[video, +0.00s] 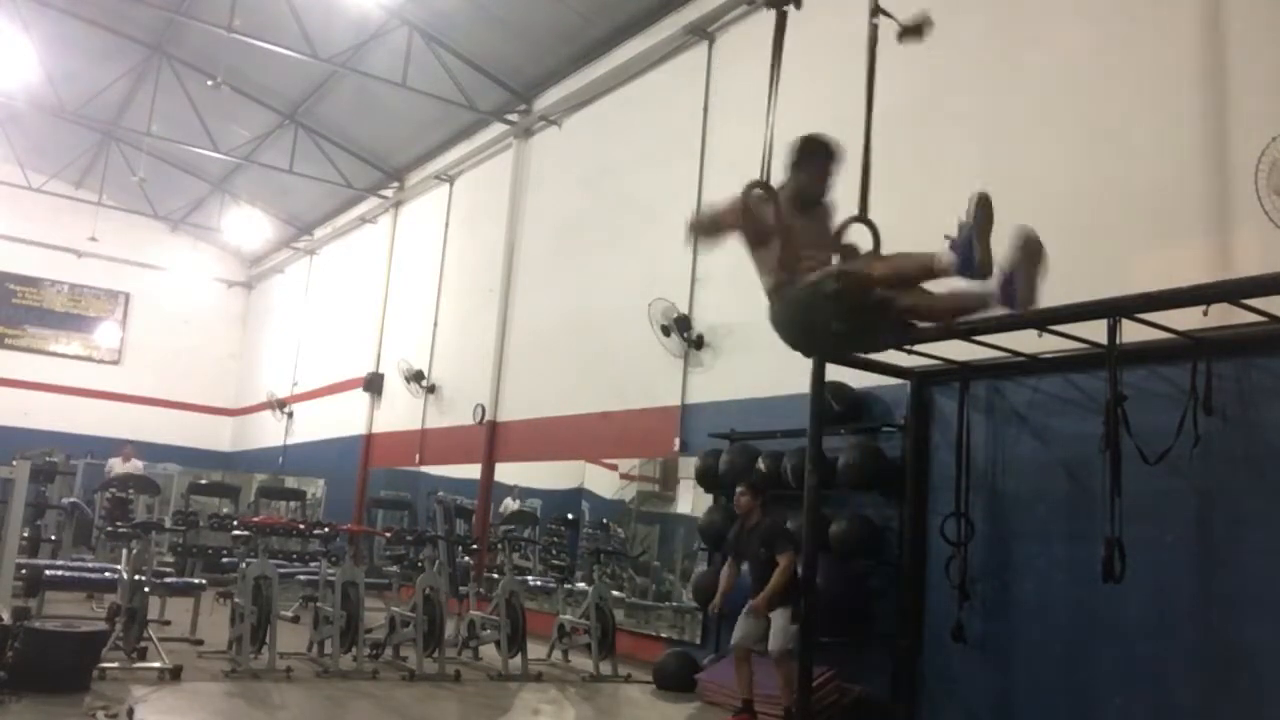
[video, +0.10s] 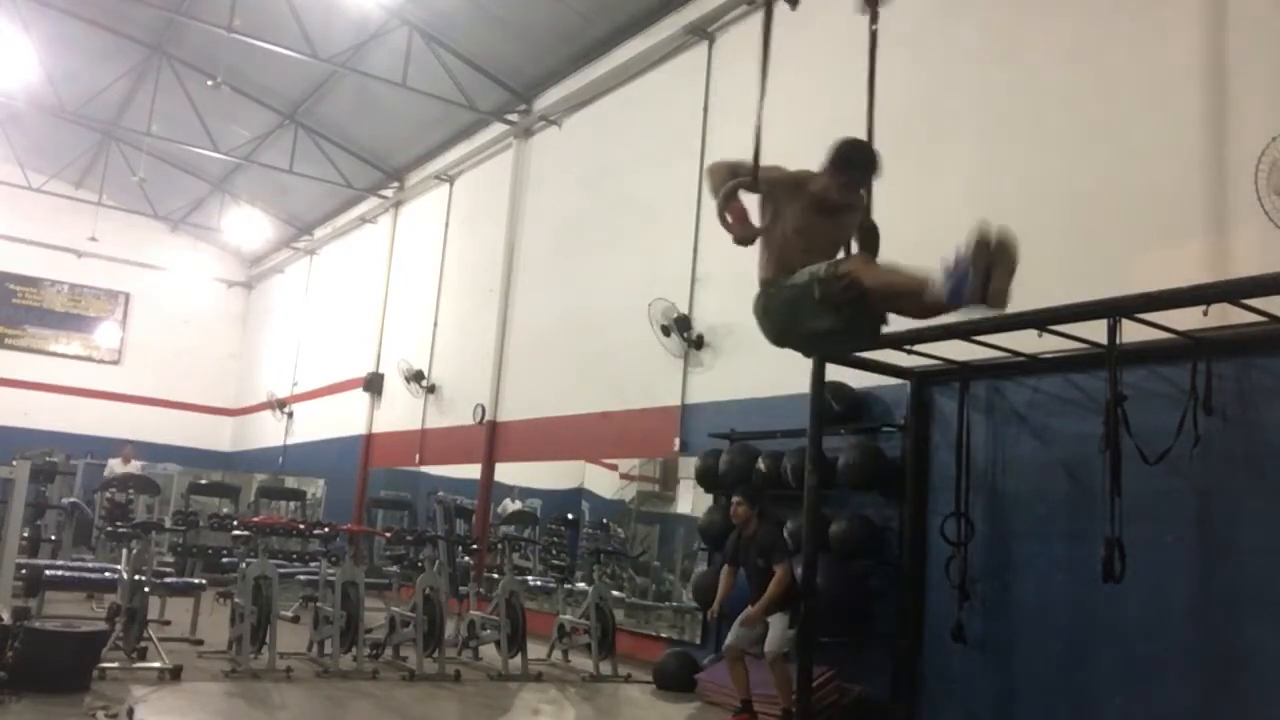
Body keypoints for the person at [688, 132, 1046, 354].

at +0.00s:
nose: (825, 184)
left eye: (828, 176)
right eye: (818, 174)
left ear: (828, 175)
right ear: (796, 170)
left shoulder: (821, 214)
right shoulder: (759, 205)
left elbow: (828, 259)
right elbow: (698, 227)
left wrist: (847, 257)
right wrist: (727, 219)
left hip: (831, 309)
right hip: (793, 310)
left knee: (899, 302)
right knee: (854, 271)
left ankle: (1001, 296)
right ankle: (954, 257)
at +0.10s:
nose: (852, 198)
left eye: (858, 191)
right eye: (846, 189)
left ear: (864, 186)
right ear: (827, 174)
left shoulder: (857, 209)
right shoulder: (788, 184)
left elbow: (861, 248)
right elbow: (719, 171)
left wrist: (866, 270)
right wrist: (733, 212)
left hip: (823, 317)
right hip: (780, 308)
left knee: (885, 296)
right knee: (855, 270)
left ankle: (974, 297)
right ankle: (940, 289)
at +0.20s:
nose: (866, 215)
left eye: (874, 209)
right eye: (863, 204)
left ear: (881, 203)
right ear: (846, 184)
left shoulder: (865, 226)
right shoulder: (806, 182)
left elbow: (855, 273)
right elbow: (739, 163)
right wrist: (749, 208)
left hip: (811, 317)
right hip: (770, 304)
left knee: (885, 314)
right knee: (850, 290)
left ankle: (930, 369)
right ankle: (915, 363)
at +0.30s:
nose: (878, 216)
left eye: (886, 210)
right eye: (873, 205)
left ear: (894, 203)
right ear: (857, 184)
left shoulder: (874, 222)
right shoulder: (816, 182)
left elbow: (857, 262)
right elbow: (752, 155)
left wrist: (787, 228)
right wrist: (763, 211)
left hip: (814, 299)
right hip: (774, 292)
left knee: (871, 345)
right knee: (839, 338)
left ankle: (878, 451)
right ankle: (844, 455)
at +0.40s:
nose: (892, 209)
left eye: (901, 202)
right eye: (890, 198)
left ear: (907, 197)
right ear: (873, 179)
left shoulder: (885, 212)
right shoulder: (827, 179)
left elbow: (868, 251)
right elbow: (762, 152)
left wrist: (869, 252)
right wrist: (773, 211)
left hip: (817, 300)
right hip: (778, 293)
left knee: (855, 379)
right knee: (825, 375)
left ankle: (831, 488)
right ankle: (788, 485)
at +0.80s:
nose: (876, 198)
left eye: (883, 193)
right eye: (874, 187)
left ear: (886, 191)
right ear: (857, 171)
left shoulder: (864, 218)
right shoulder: (807, 181)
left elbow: (894, 263)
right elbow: (739, 172)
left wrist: (890, 244)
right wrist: (762, 213)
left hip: (790, 299)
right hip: (754, 291)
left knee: (849, 340)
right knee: (815, 335)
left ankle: (857, 438)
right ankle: (825, 449)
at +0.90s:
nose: (850, 209)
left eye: (858, 203)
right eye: (848, 197)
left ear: (863, 204)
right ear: (830, 182)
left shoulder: (842, 236)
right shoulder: (782, 208)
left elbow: (848, 273)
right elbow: (719, 227)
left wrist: (886, 261)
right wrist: (741, 222)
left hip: (789, 323)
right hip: (747, 318)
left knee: (856, 330)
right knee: (820, 330)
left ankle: (881, 419)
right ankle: (851, 434)